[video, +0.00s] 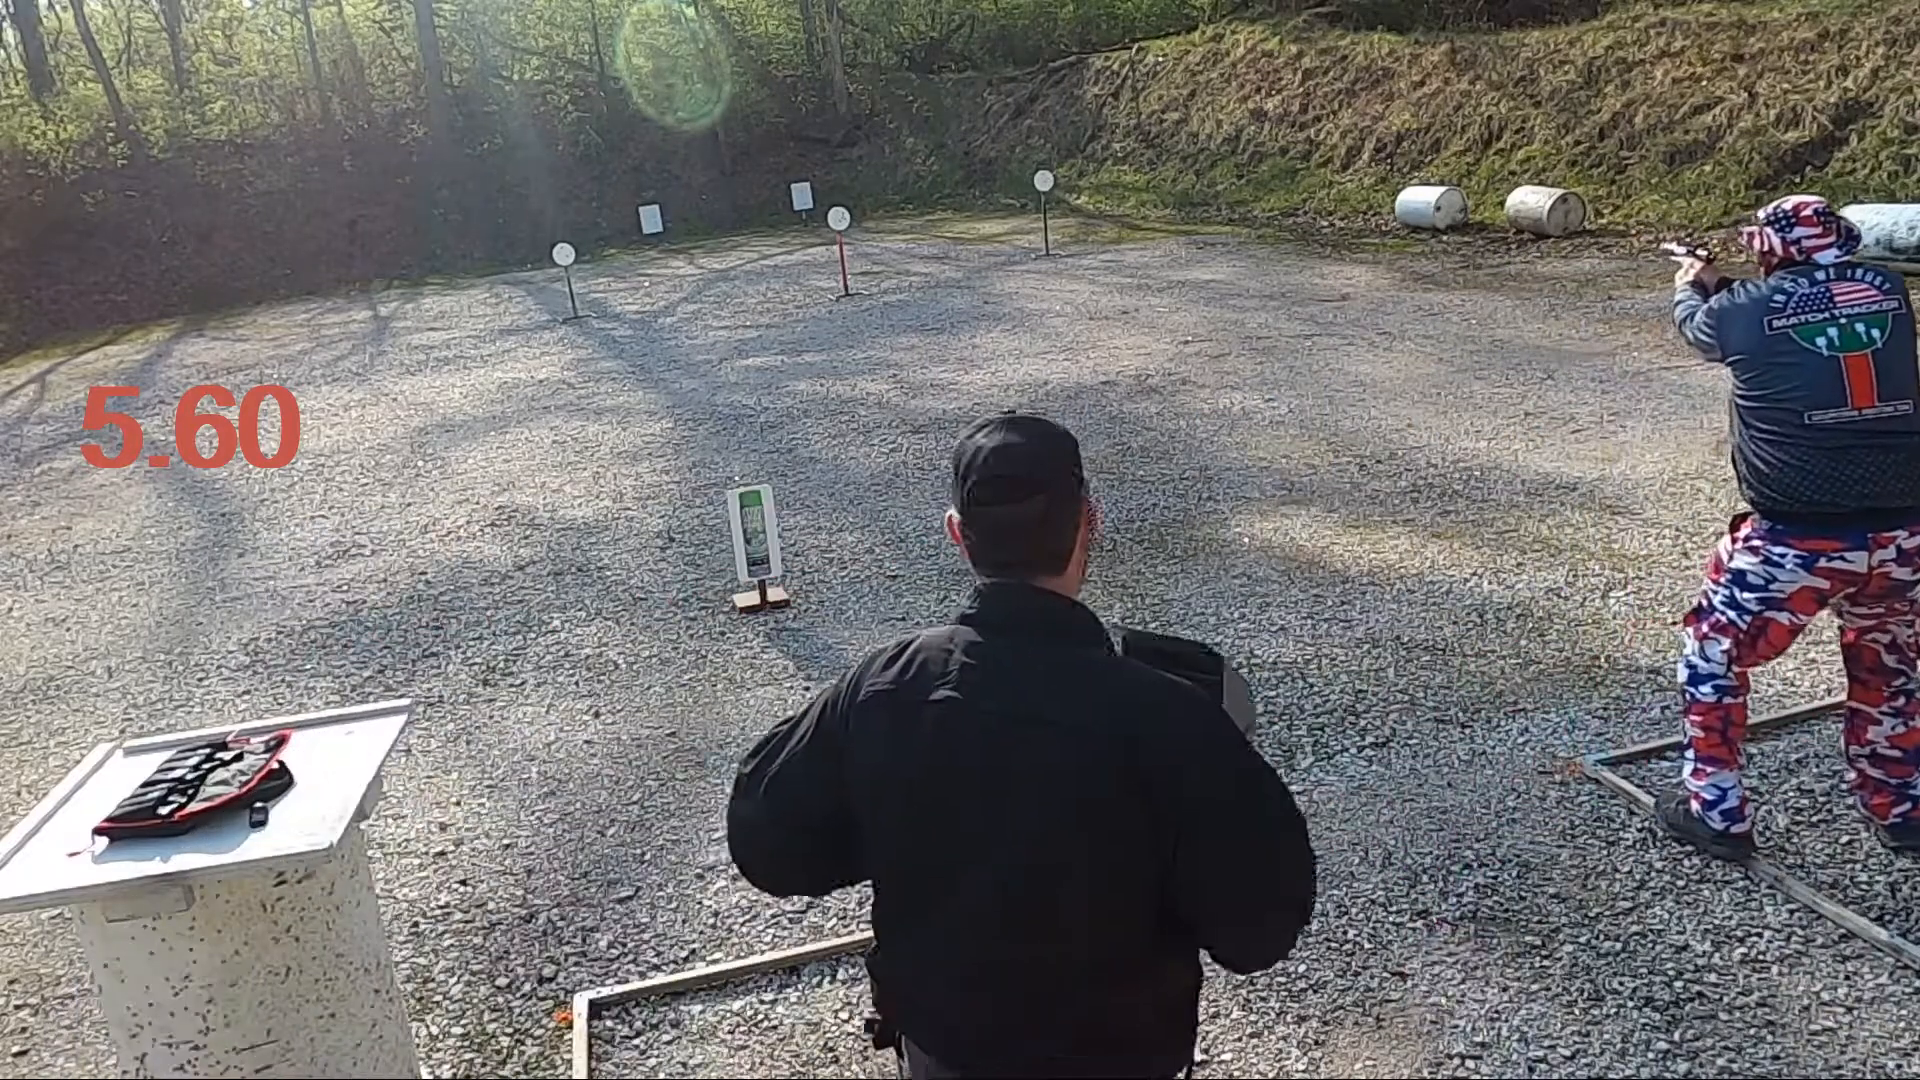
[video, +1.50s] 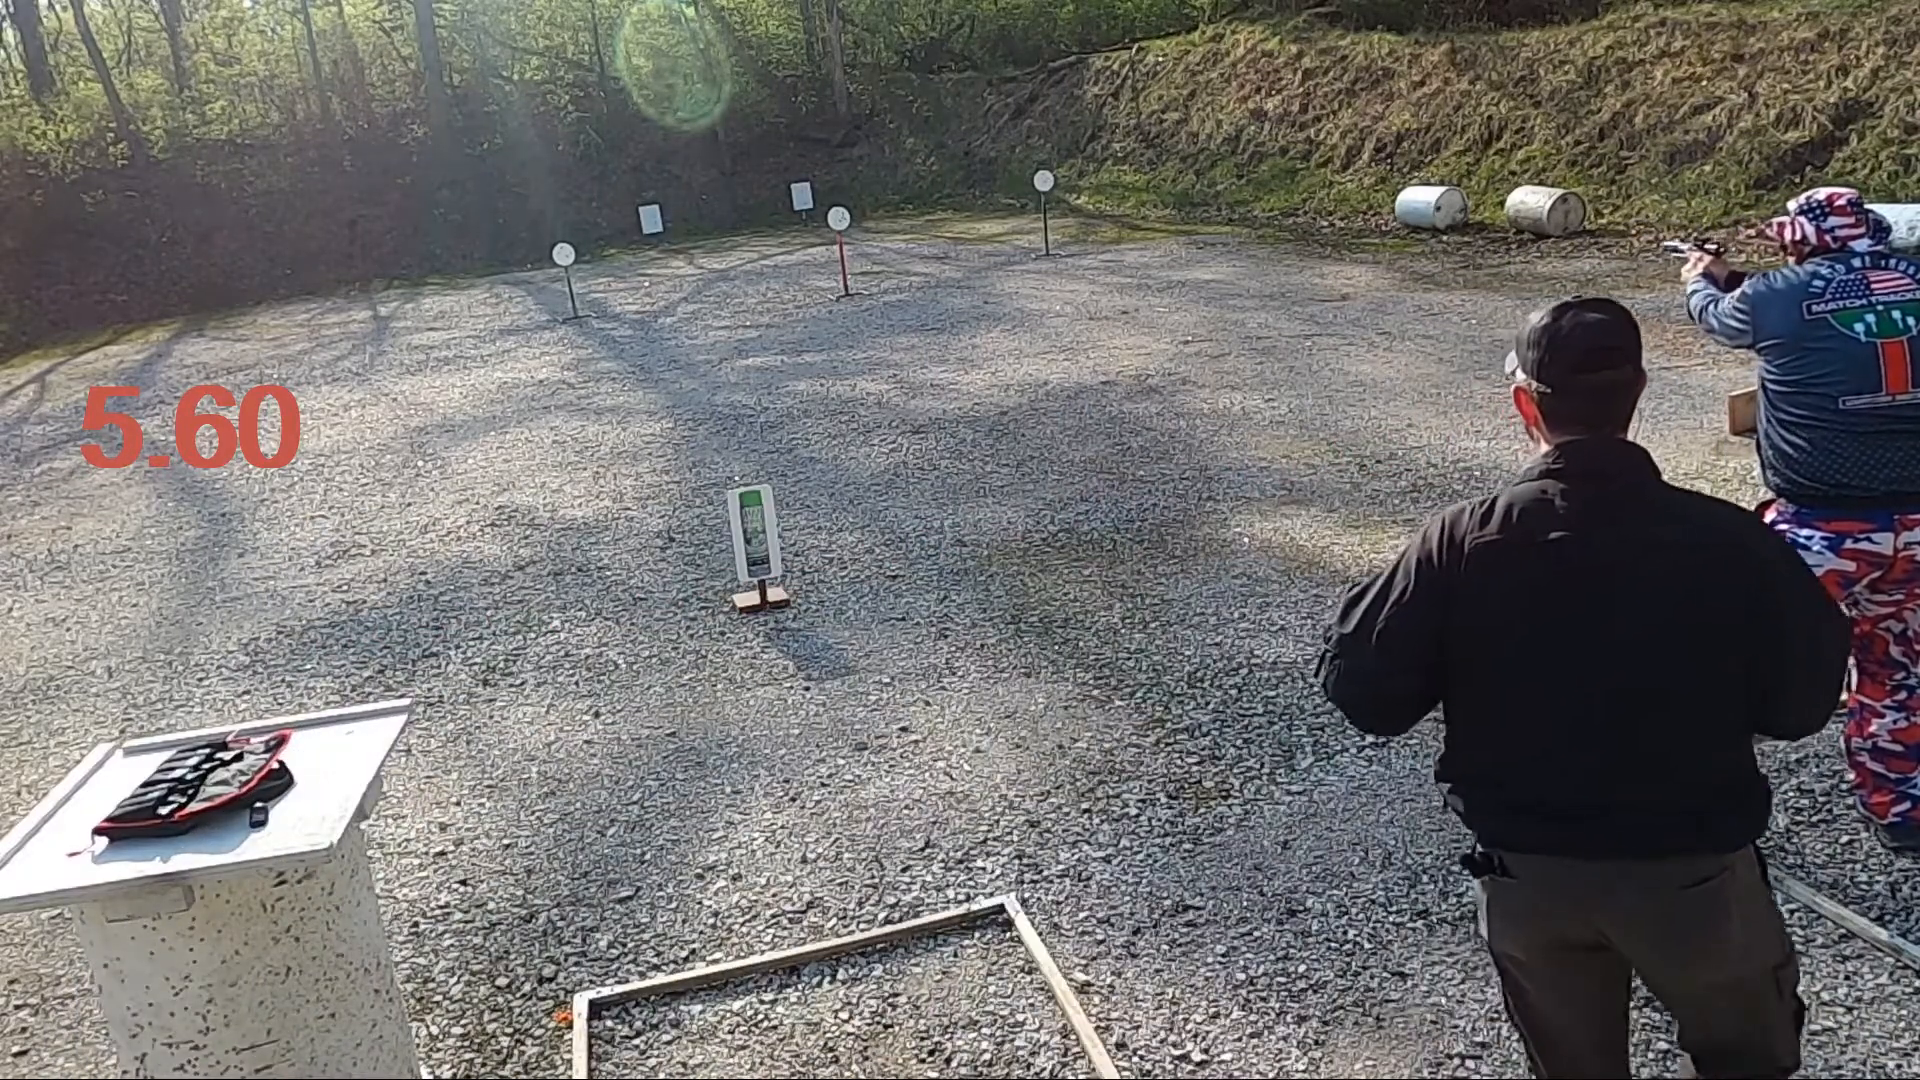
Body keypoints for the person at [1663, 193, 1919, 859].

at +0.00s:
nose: (1760, 255)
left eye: (1764, 248)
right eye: (1762, 245)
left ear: (1775, 256)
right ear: (1840, 244)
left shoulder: (1746, 310)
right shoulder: (1889, 293)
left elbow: (1693, 321)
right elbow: (1818, 298)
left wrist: (1689, 277)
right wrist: (1745, 277)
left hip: (1796, 541)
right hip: (1903, 536)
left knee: (1712, 648)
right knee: (1891, 676)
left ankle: (1716, 811)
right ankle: (1901, 811)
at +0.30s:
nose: (1789, 252)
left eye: (1790, 243)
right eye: (1785, 241)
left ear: (1798, 250)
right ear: (1865, 239)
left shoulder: (1765, 302)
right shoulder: (1909, 291)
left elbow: (1708, 316)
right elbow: (1864, 281)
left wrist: (1711, 277)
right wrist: (1804, 254)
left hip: (1809, 535)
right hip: (1911, 533)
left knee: (1726, 651)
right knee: (1896, 675)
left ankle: (1718, 812)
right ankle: (1902, 810)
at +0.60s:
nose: (1788, 246)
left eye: (1791, 237)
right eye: (1785, 237)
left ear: (1805, 244)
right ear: (1867, 234)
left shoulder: (1772, 298)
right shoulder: (1910, 287)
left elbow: (1712, 315)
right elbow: (1866, 270)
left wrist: (1710, 276)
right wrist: (1806, 249)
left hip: (1812, 532)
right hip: (1912, 530)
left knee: (1731, 648)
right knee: (1897, 674)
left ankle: (1720, 812)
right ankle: (1903, 811)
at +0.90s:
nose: (1793, 247)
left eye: (1795, 238)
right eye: (1789, 237)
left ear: (1806, 244)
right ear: (1870, 233)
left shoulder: (1774, 297)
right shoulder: (1912, 285)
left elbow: (1715, 313)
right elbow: (1870, 272)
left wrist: (1713, 275)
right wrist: (1809, 249)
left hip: (1814, 530)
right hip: (1913, 529)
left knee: (1727, 656)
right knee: (1897, 678)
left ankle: (1719, 810)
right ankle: (1903, 810)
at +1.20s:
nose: (1793, 249)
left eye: (1796, 240)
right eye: (1792, 240)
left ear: (1805, 245)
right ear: (1870, 231)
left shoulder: (1773, 297)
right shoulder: (1909, 282)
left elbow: (1714, 309)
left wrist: (1715, 270)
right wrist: (1809, 252)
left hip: (1814, 534)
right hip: (1911, 531)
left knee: (1733, 643)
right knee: (1895, 676)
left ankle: (1723, 805)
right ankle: (1902, 812)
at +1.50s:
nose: (1787, 252)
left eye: (1791, 243)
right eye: (1787, 244)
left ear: (1806, 244)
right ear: (1869, 234)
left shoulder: (1778, 294)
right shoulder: (1909, 283)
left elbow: (1715, 313)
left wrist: (1697, 278)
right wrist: (1741, 276)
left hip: (1819, 532)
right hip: (1911, 528)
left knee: (1767, 651)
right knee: (1896, 677)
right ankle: (1902, 813)